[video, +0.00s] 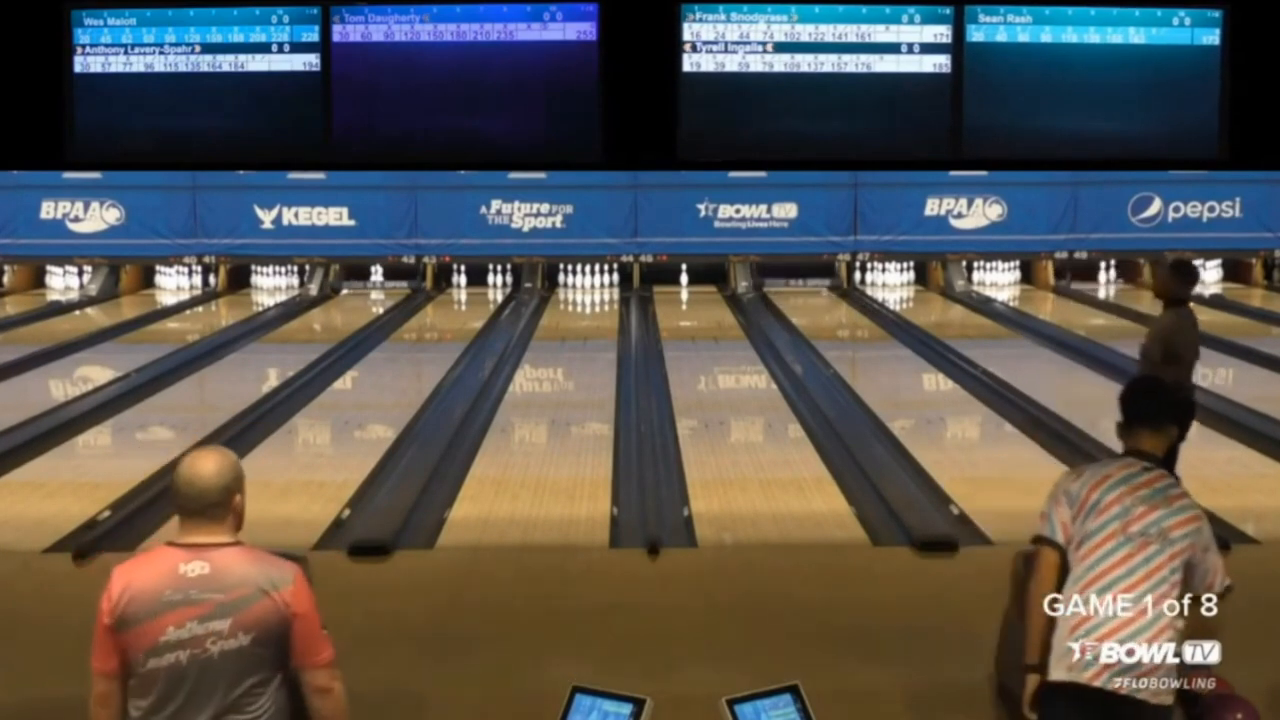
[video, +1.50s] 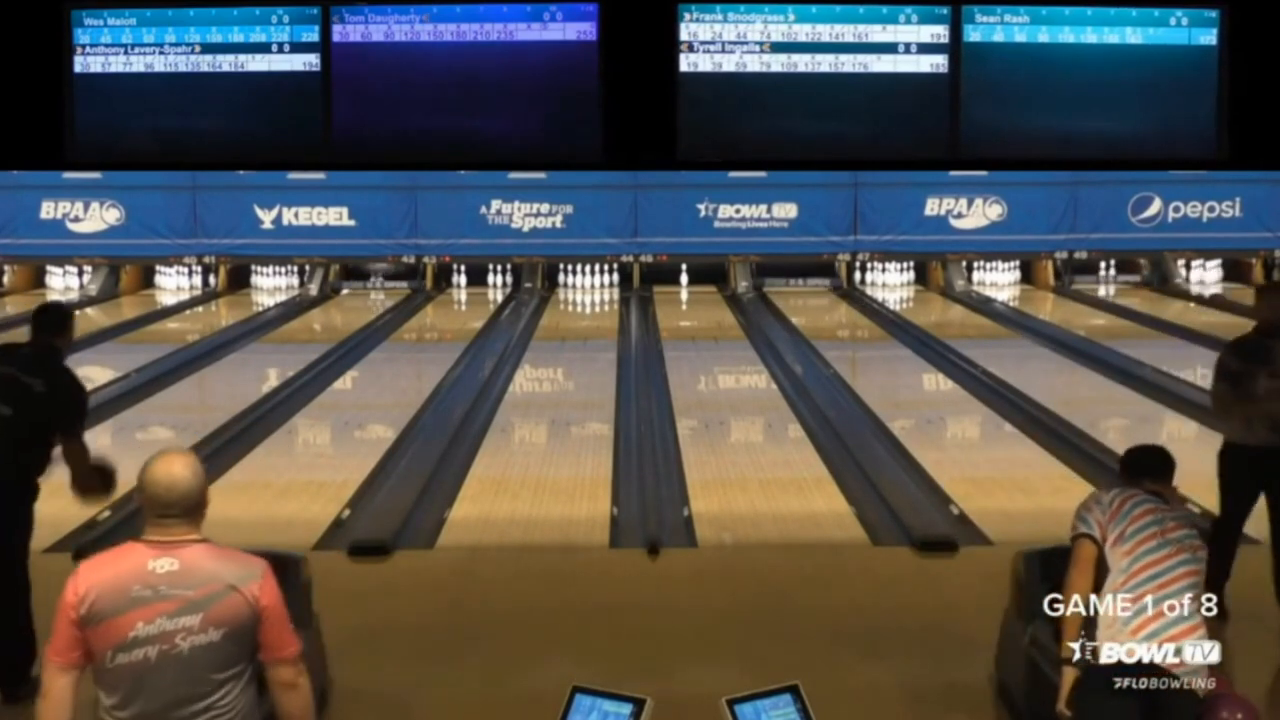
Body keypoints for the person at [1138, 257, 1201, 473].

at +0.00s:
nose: (1155, 281)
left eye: (1161, 277)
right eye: (1158, 276)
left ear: (1173, 284)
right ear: (1187, 286)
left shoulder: (1167, 323)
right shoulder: (1187, 317)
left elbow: (1149, 364)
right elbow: (1192, 355)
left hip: (1162, 407)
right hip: (1178, 403)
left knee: (1154, 468)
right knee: (1165, 468)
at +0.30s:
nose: (1189, 294)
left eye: (1197, 289)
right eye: (1187, 287)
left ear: (1209, 294)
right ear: (1182, 288)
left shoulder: (1220, 331)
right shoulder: (1165, 325)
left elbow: (1233, 377)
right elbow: (1152, 361)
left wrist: (1212, 415)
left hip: (1205, 417)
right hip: (1170, 413)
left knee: (1195, 480)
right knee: (1164, 473)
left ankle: (1201, 533)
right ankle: (1165, 528)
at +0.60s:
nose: (1209, 296)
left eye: (1216, 289)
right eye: (1204, 288)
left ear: (1225, 292)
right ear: (1196, 291)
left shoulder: (1240, 332)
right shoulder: (1177, 327)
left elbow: (1257, 373)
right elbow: (1154, 358)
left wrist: (1247, 413)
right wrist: (1174, 368)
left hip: (1221, 421)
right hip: (1181, 418)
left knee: (1208, 487)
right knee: (1171, 480)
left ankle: (1206, 544)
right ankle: (1162, 534)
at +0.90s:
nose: (1222, 298)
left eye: (1227, 291)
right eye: (1216, 290)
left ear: (1235, 295)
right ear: (1206, 294)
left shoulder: (1253, 335)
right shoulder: (1186, 333)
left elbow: (1265, 382)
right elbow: (1160, 371)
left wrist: (1258, 421)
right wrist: (1183, 383)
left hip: (1231, 426)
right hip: (1192, 423)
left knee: (1216, 489)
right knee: (1188, 484)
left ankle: (1206, 536)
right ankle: (1182, 534)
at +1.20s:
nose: (1239, 298)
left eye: (1244, 290)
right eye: (1232, 290)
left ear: (1252, 294)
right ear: (1220, 294)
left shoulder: (1267, 339)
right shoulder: (1201, 340)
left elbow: (1273, 389)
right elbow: (1181, 392)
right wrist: (1220, 384)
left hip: (1255, 440)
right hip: (1211, 439)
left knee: (1263, 509)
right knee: (1213, 515)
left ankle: (1230, 569)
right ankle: (1215, 580)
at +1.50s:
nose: (1268, 312)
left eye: (1268, 303)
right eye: (1267, 303)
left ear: (1263, 308)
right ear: (1264, 307)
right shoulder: (1243, 351)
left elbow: (1221, 404)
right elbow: (1222, 405)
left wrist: (1242, 425)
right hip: (1252, 453)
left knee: (1227, 528)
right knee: (1227, 529)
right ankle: (1213, 597)